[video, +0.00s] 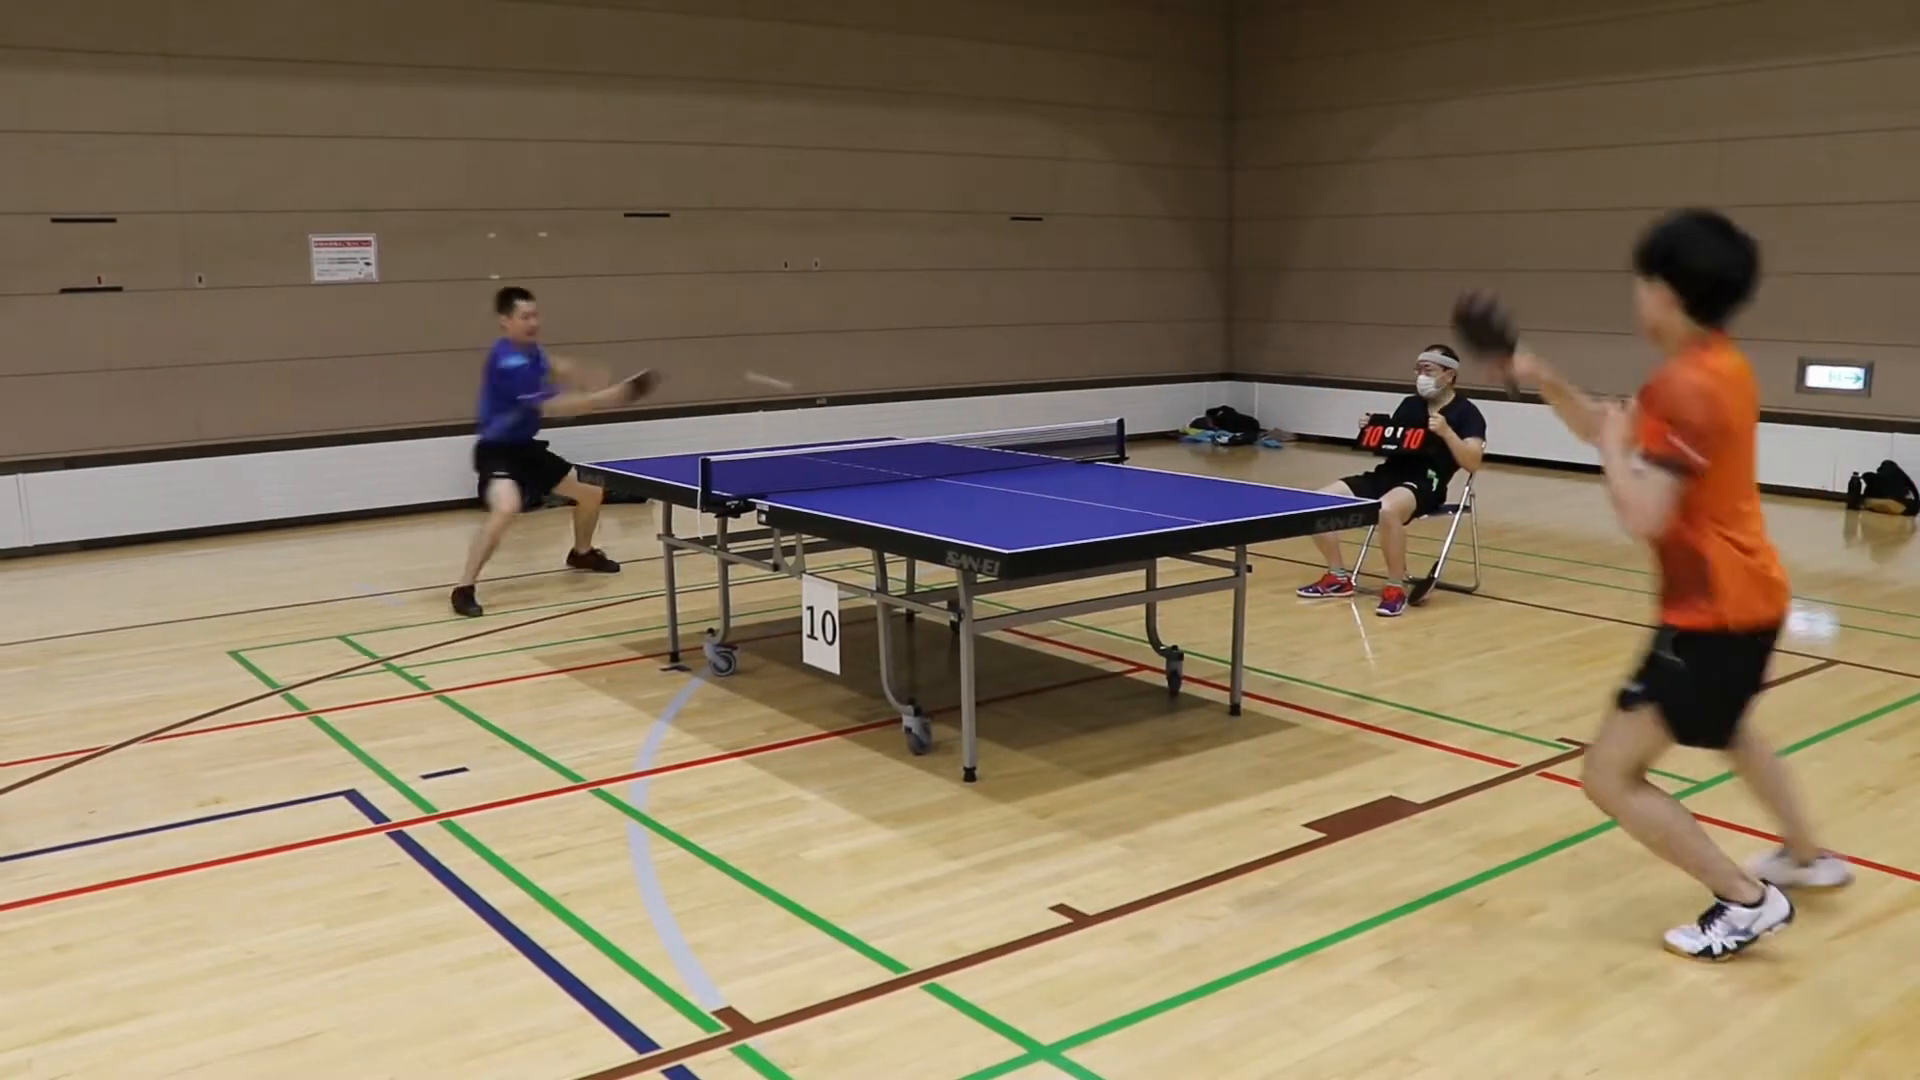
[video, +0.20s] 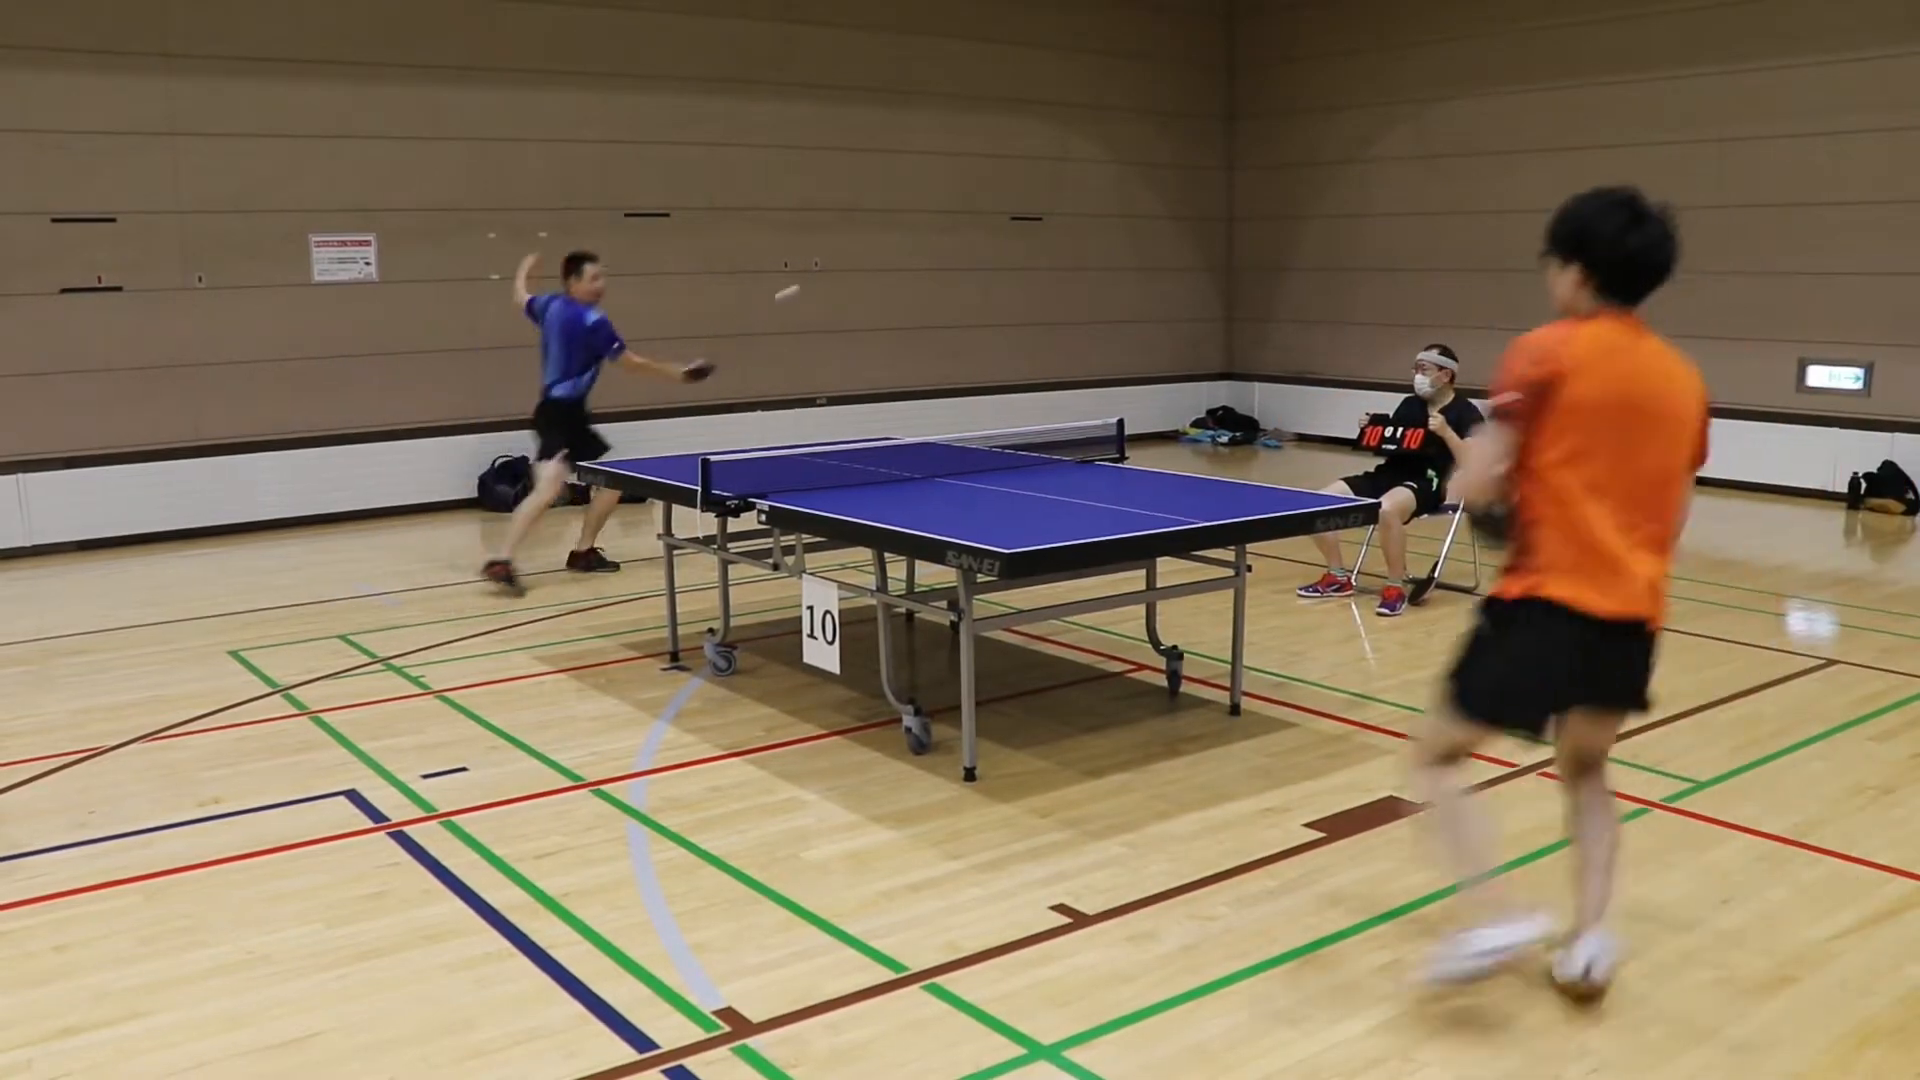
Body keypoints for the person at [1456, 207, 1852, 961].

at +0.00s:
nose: (1638, 296)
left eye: (1646, 283)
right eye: (1642, 281)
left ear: (1675, 295)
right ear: (1705, 296)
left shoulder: (1688, 383)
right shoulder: (1722, 366)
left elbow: (1645, 515)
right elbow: (1614, 433)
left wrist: (1614, 446)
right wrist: (1543, 383)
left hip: (1709, 615)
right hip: (1748, 602)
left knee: (1608, 775)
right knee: (1726, 724)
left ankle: (1745, 898)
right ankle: (1807, 853)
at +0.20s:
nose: (1549, 278)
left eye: (1555, 263)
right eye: (1551, 263)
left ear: (1583, 271)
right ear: (1641, 277)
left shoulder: (1549, 352)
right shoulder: (1684, 381)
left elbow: (1475, 483)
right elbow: (1670, 514)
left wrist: (1523, 485)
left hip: (1538, 613)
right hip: (1630, 623)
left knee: (1432, 758)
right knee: (1587, 766)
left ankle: (1498, 913)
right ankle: (1592, 939)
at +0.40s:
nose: (1438, 341)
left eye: (1445, 330)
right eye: (1447, 329)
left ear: (1455, 344)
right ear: (1533, 361)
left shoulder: (1387, 417)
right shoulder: (1553, 465)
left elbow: (1314, 523)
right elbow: (1572, 624)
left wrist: (1379, 554)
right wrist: (1547, 694)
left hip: (1356, 677)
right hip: (1466, 698)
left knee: (1255, 847)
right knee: (1521, 797)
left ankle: (1178, 1037)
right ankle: (1580, 979)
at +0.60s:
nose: (1381, 315)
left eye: (1385, 302)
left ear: (1383, 312)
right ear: (1471, 337)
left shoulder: (1322, 376)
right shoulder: (1454, 431)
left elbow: (1280, 479)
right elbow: (1439, 602)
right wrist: (1464, 693)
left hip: (1226, 624)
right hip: (1332, 653)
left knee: (1175, 791)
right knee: (1410, 789)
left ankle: (1135, 958)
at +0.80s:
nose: (1412, 340)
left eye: (1407, 325)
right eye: (1409, 328)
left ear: (1314, 315)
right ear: (1391, 342)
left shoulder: (1260, 382)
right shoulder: (1337, 431)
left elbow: (1252, 497)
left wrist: (1364, 513)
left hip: (1137, 641)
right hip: (1231, 669)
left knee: (1088, 799)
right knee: (1355, 811)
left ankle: (961, 944)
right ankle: (1340, 1023)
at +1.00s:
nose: (1219, 240)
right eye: (1213, 228)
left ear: (1113, 229)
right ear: (1203, 240)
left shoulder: (1052, 323)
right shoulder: (1223, 339)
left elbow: (970, 462)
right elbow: (1316, 412)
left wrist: (1003, 482)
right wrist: (1306, 330)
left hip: (1059, 608)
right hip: (1171, 616)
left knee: (963, 738)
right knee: (1245, 778)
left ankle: (918, 925)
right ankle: (1324, 976)